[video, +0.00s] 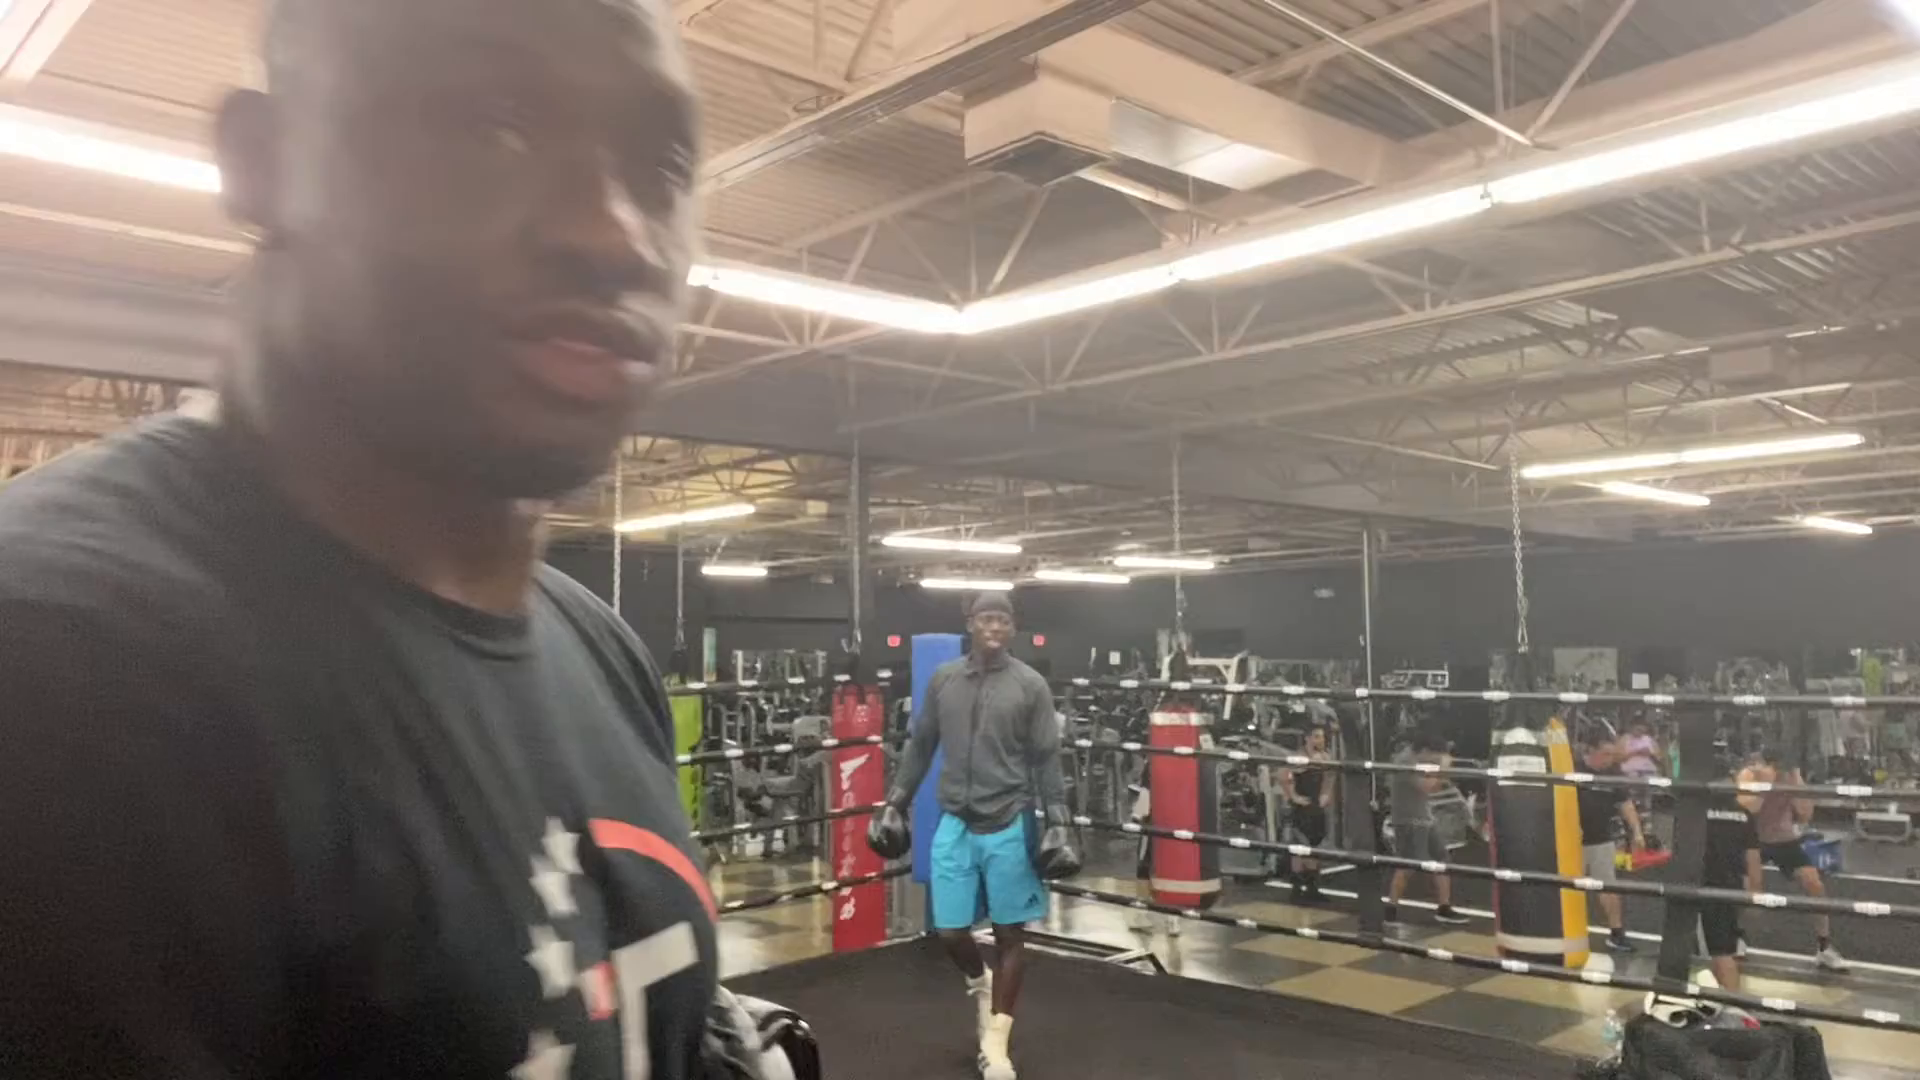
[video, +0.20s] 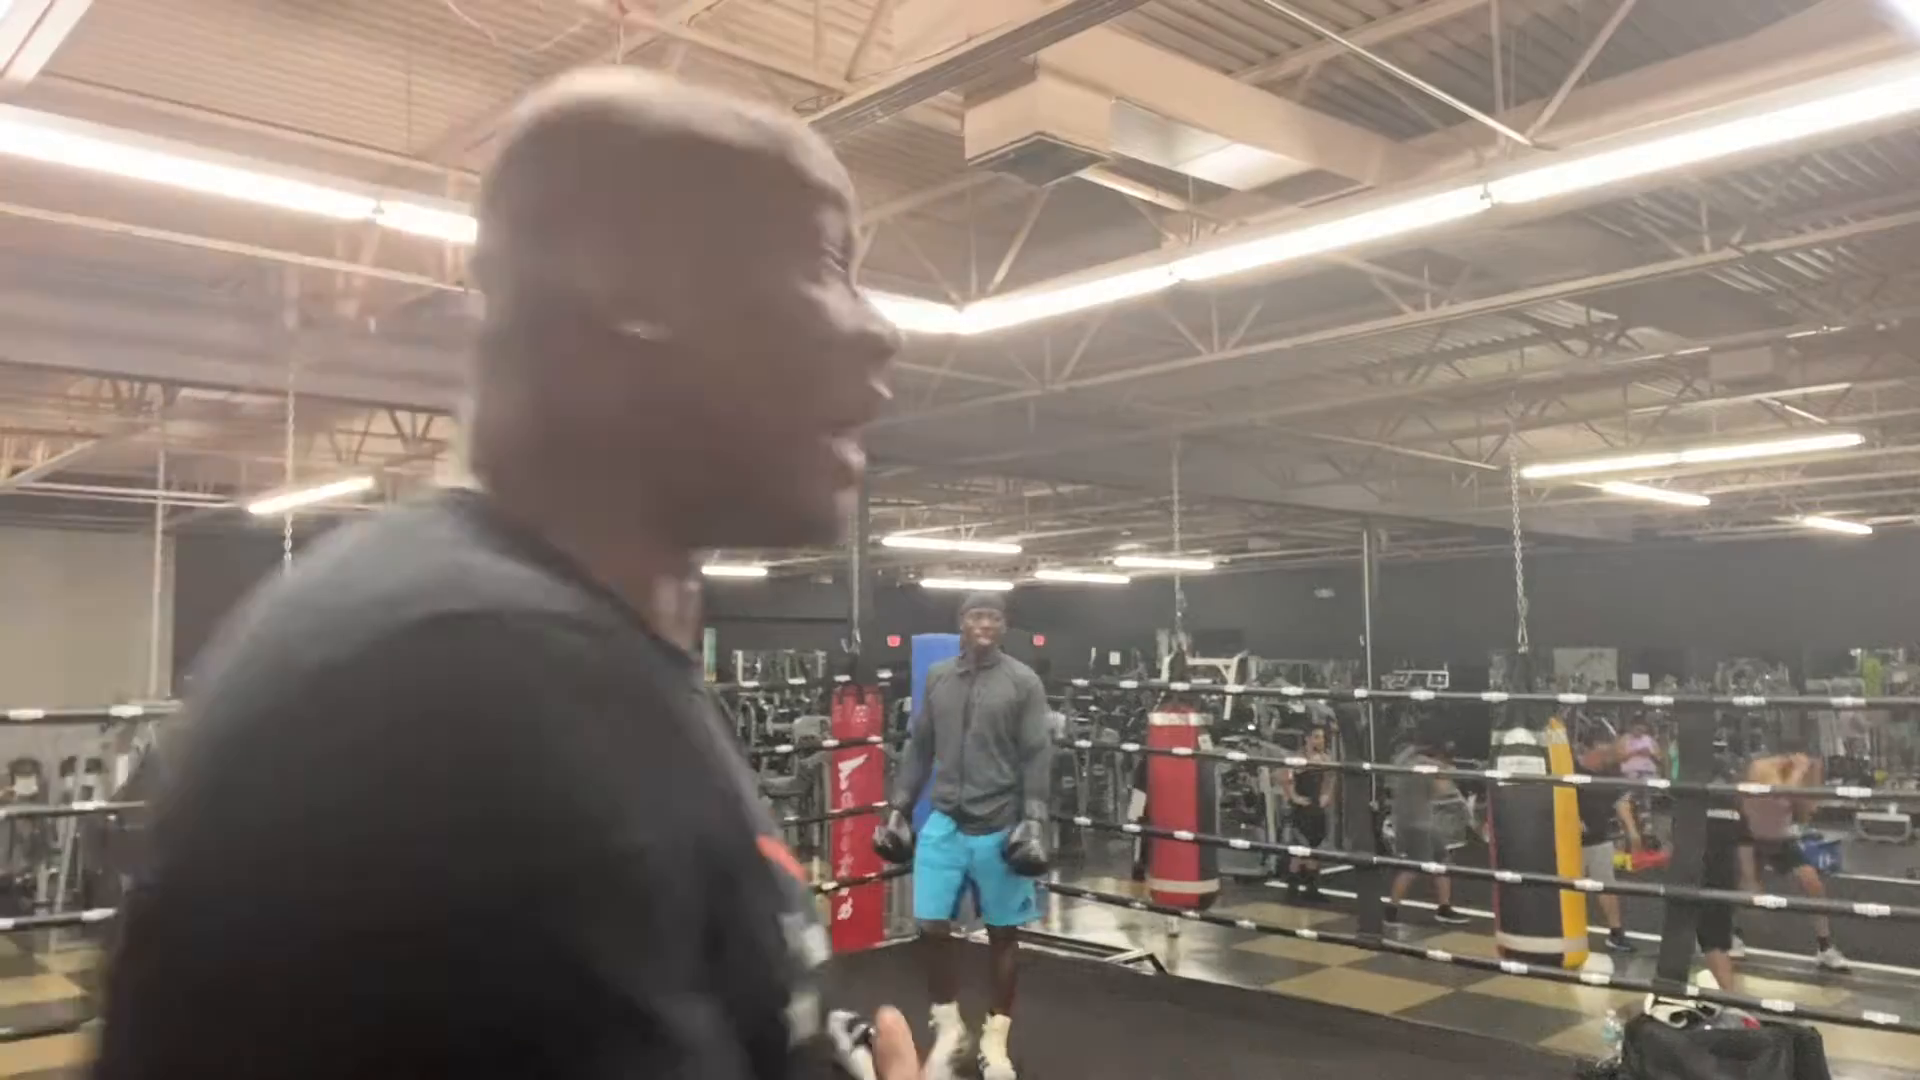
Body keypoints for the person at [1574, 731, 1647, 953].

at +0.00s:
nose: (1609, 759)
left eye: (1612, 754)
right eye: (1605, 753)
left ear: (1614, 753)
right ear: (1591, 750)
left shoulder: (1613, 774)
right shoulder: (1571, 770)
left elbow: (1625, 804)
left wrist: (1637, 832)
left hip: (1602, 839)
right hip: (1574, 841)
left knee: (1608, 887)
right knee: (1570, 889)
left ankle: (1616, 931)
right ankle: (1567, 934)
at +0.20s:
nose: (1607, 756)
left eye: (1609, 752)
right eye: (1602, 751)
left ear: (1612, 752)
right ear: (1591, 748)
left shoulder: (1612, 774)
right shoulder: (1571, 771)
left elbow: (1622, 804)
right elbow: (1562, 804)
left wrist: (1634, 835)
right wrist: (1573, 822)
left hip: (1600, 837)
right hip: (1575, 840)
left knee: (1607, 886)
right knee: (1570, 888)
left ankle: (1616, 931)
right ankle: (1568, 933)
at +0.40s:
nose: (1590, 758)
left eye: (1592, 753)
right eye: (1585, 752)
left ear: (1598, 754)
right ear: (1573, 751)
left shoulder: (1600, 773)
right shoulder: (1559, 770)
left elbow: (1607, 799)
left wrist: (1616, 827)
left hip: (1593, 834)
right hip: (1565, 838)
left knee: (1603, 884)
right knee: (1564, 887)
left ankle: (1616, 930)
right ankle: (1562, 933)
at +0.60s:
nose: (1585, 758)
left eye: (1588, 753)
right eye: (1581, 752)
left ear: (1591, 754)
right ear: (1569, 752)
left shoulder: (1594, 774)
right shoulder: (1557, 775)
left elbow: (1605, 803)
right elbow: (1550, 810)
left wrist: (1613, 831)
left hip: (1594, 838)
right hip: (1567, 842)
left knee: (1607, 884)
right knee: (1564, 890)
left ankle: (1617, 930)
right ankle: (1562, 934)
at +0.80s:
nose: (1585, 757)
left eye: (1587, 753)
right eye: (1580, 752)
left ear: (1590, 754)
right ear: (1567, 752)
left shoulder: (1595, 773)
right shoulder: (1555, 774)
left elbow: (1607, 802)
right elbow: (1548, 809)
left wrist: (1615, 830)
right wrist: (1555, 839)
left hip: (1596, 839)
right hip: (1568, 842)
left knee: (1612, 885)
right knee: (1563, 891)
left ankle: (1626, 929)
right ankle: (1562, 935)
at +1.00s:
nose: (1597, 757)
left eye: (1600, 753)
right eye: (1593, 752)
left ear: (1604, 754)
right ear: (1582, 752)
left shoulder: (1610, 774)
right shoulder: (1566, 774)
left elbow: (1619, 804)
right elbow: (1553, 804)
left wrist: (1624, 830)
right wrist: (1563, 827)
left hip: (1607, 843)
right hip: (1576, 845)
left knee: (1618, 890)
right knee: (1565, 893)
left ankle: (1632, 930)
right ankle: (1562, 935)